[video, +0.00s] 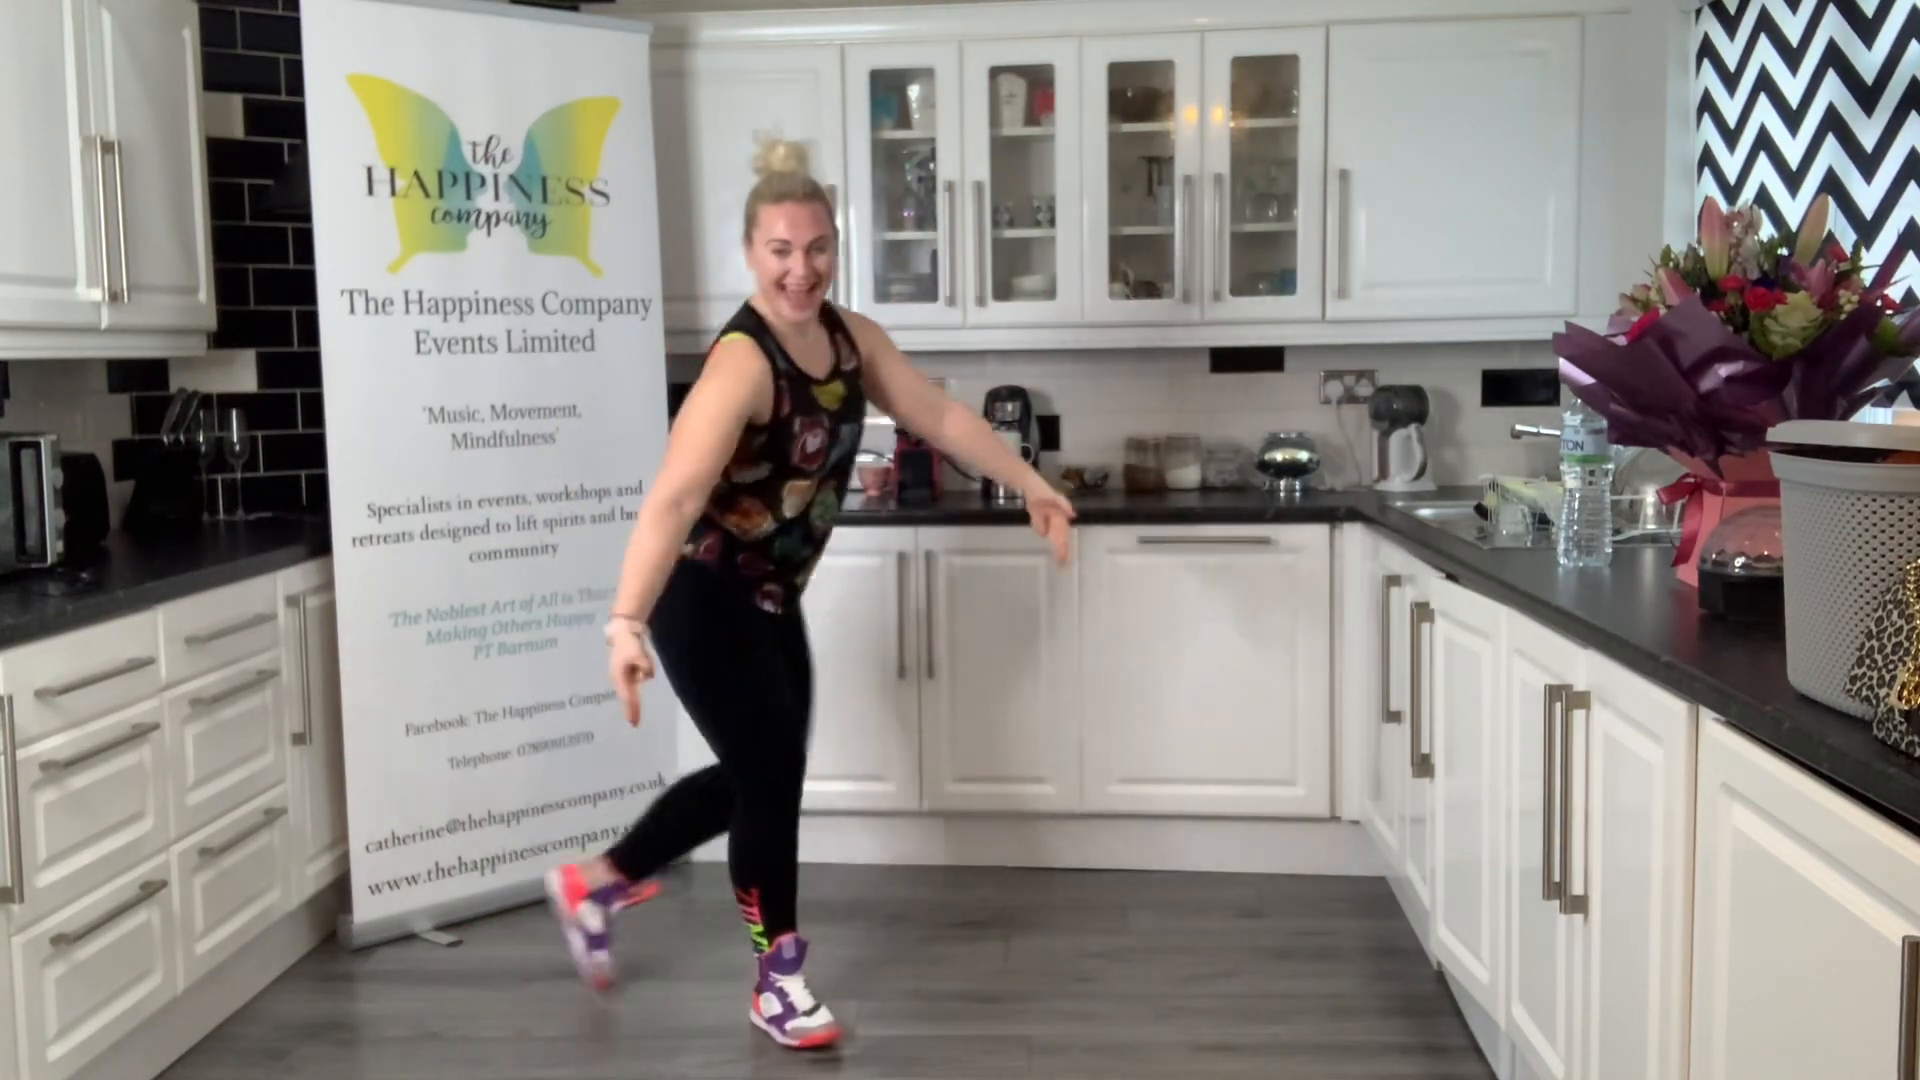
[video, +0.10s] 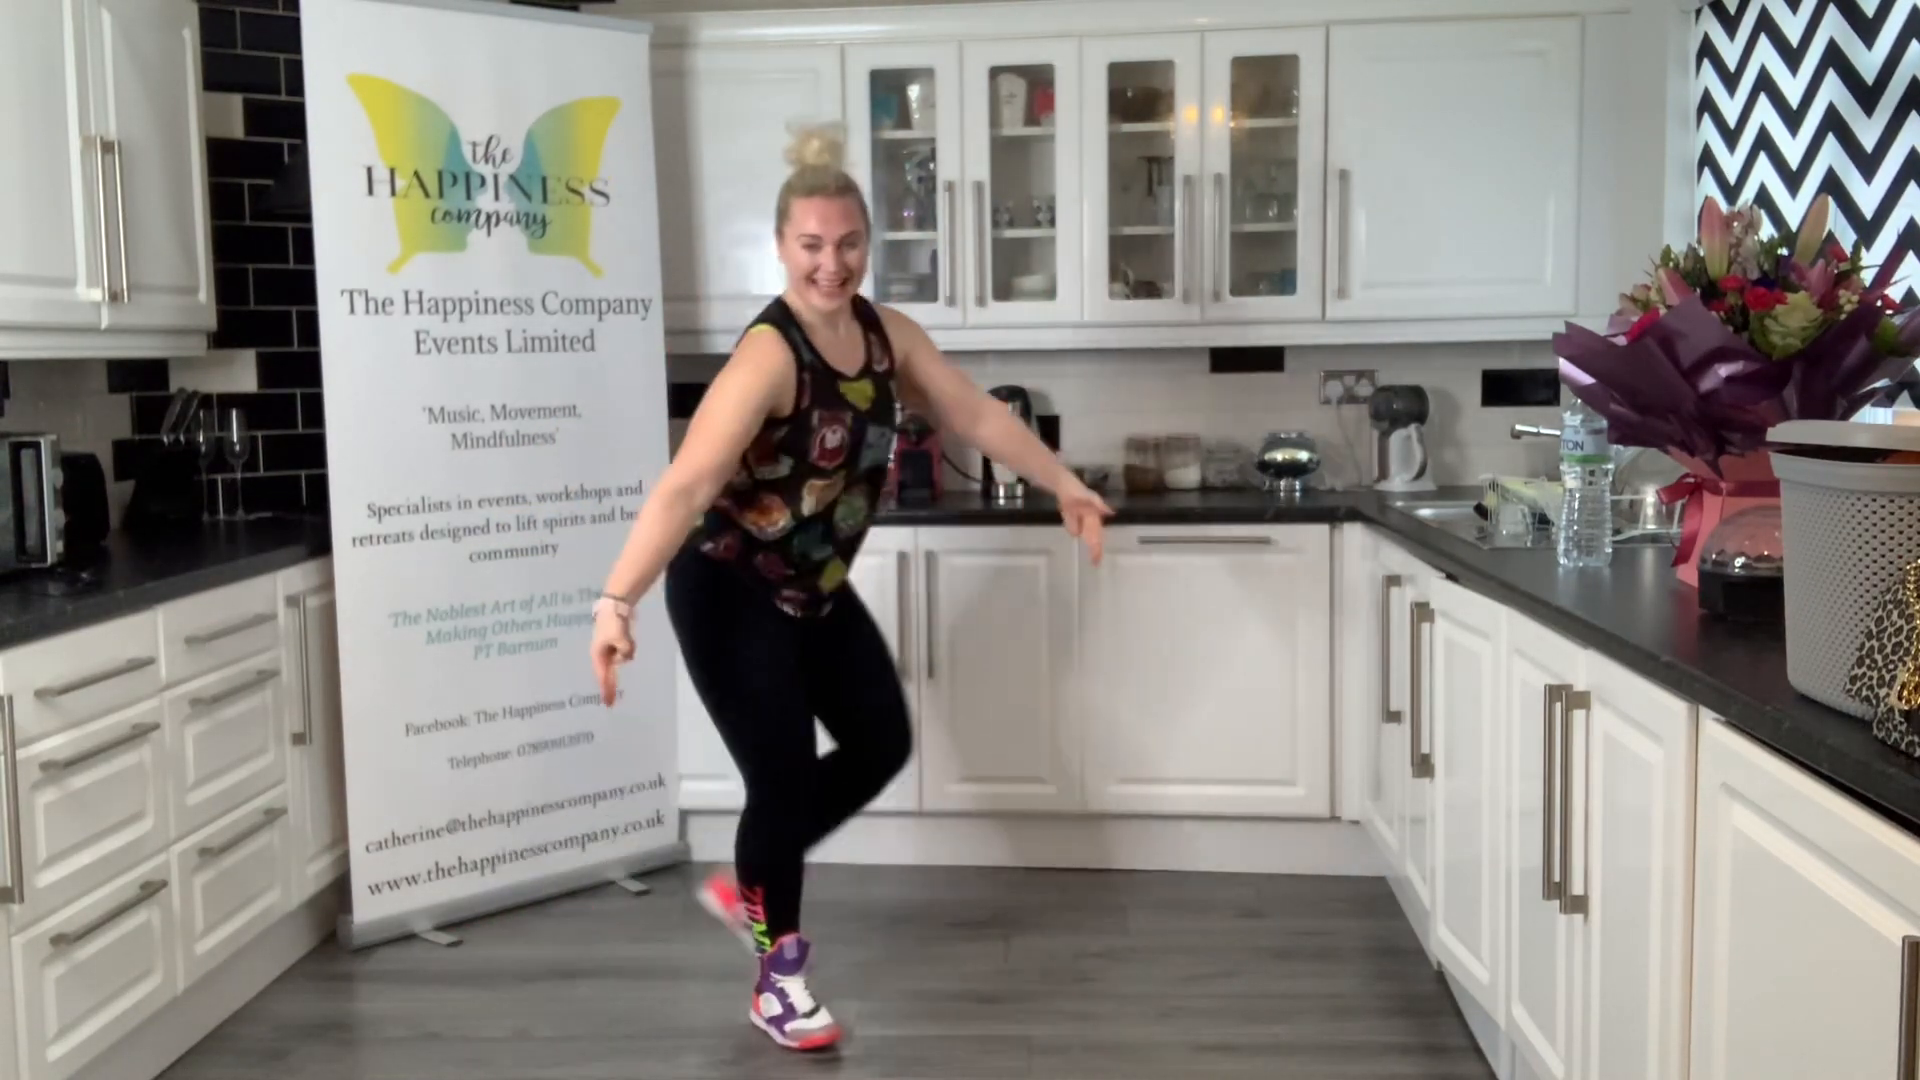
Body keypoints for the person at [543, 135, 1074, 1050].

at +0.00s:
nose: (799, 266)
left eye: (815, 247)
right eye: (780, 249)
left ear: (835, 248)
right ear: (750, 252)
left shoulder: (854, 338)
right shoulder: (742, 364)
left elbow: (938, 416)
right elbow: (674, 495)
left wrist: (1032, 485)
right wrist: (628, 615)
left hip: (773, 595)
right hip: (700, 594)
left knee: (761, 770)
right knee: (768, 765)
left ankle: (598, 885)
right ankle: (778, 976)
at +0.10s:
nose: (830, 261)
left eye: (846, 243)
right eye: (810, 244)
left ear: (868, 244)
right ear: (781, 247)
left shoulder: (892, 334)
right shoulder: (769, 355)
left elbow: (977, 418)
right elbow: (688, 484)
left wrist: (1065, 484)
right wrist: (617, 597)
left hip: (815, 585)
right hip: (728, 584)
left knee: (880, 744)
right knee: (780, 773)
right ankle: (781, 975)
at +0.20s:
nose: (860, 269)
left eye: (877, 249)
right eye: (840, 251)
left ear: (900, 248)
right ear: (813, 253)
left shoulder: (927, 342)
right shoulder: (797, 365)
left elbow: (1020, 417)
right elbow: (710, 490)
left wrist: (1115, 480)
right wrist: (628, 596)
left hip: (860, 589)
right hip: (766, 596)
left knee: (951, 734)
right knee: (811, 773)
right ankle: (783, 980)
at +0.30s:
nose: (894, 273)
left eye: (911, 254)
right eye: (875, 256)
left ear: (934, 253)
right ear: (849, 260)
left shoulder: (977, 347)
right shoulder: (834, 369)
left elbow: (1079, 411)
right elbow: (743, 485)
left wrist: (1181, 473)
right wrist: (651, 588)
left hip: (920, 596)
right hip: (817, 601)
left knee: (992, 768)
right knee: (841, 783)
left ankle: (1054, 943)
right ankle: (787, 982)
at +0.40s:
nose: (931, 264)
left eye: (947, 244)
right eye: (911, 247)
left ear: (973, 245)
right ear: (887, 253)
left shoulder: (1031, 329)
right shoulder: (870, 359)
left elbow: (1147, 382)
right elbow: (767, 468)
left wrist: (1256, 442)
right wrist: (675, 558)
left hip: (984, 591)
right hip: (874, 593)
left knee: (1029, 776)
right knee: (865, 780)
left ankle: (1067, 955)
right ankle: (806, 969)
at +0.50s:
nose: (965, 251)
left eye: (982, 231)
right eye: (945, 234)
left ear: (1007, 230)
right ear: (919, 240)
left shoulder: (1067, 307)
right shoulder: (899, 341)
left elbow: (1186, 335)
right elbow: (772, 424)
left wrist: (1274, 392)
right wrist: (721, 532)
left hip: (1032, 580)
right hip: (918, 583)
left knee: (1058, 775)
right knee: (899, 770)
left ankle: (1068, 952)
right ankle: (883, 930)